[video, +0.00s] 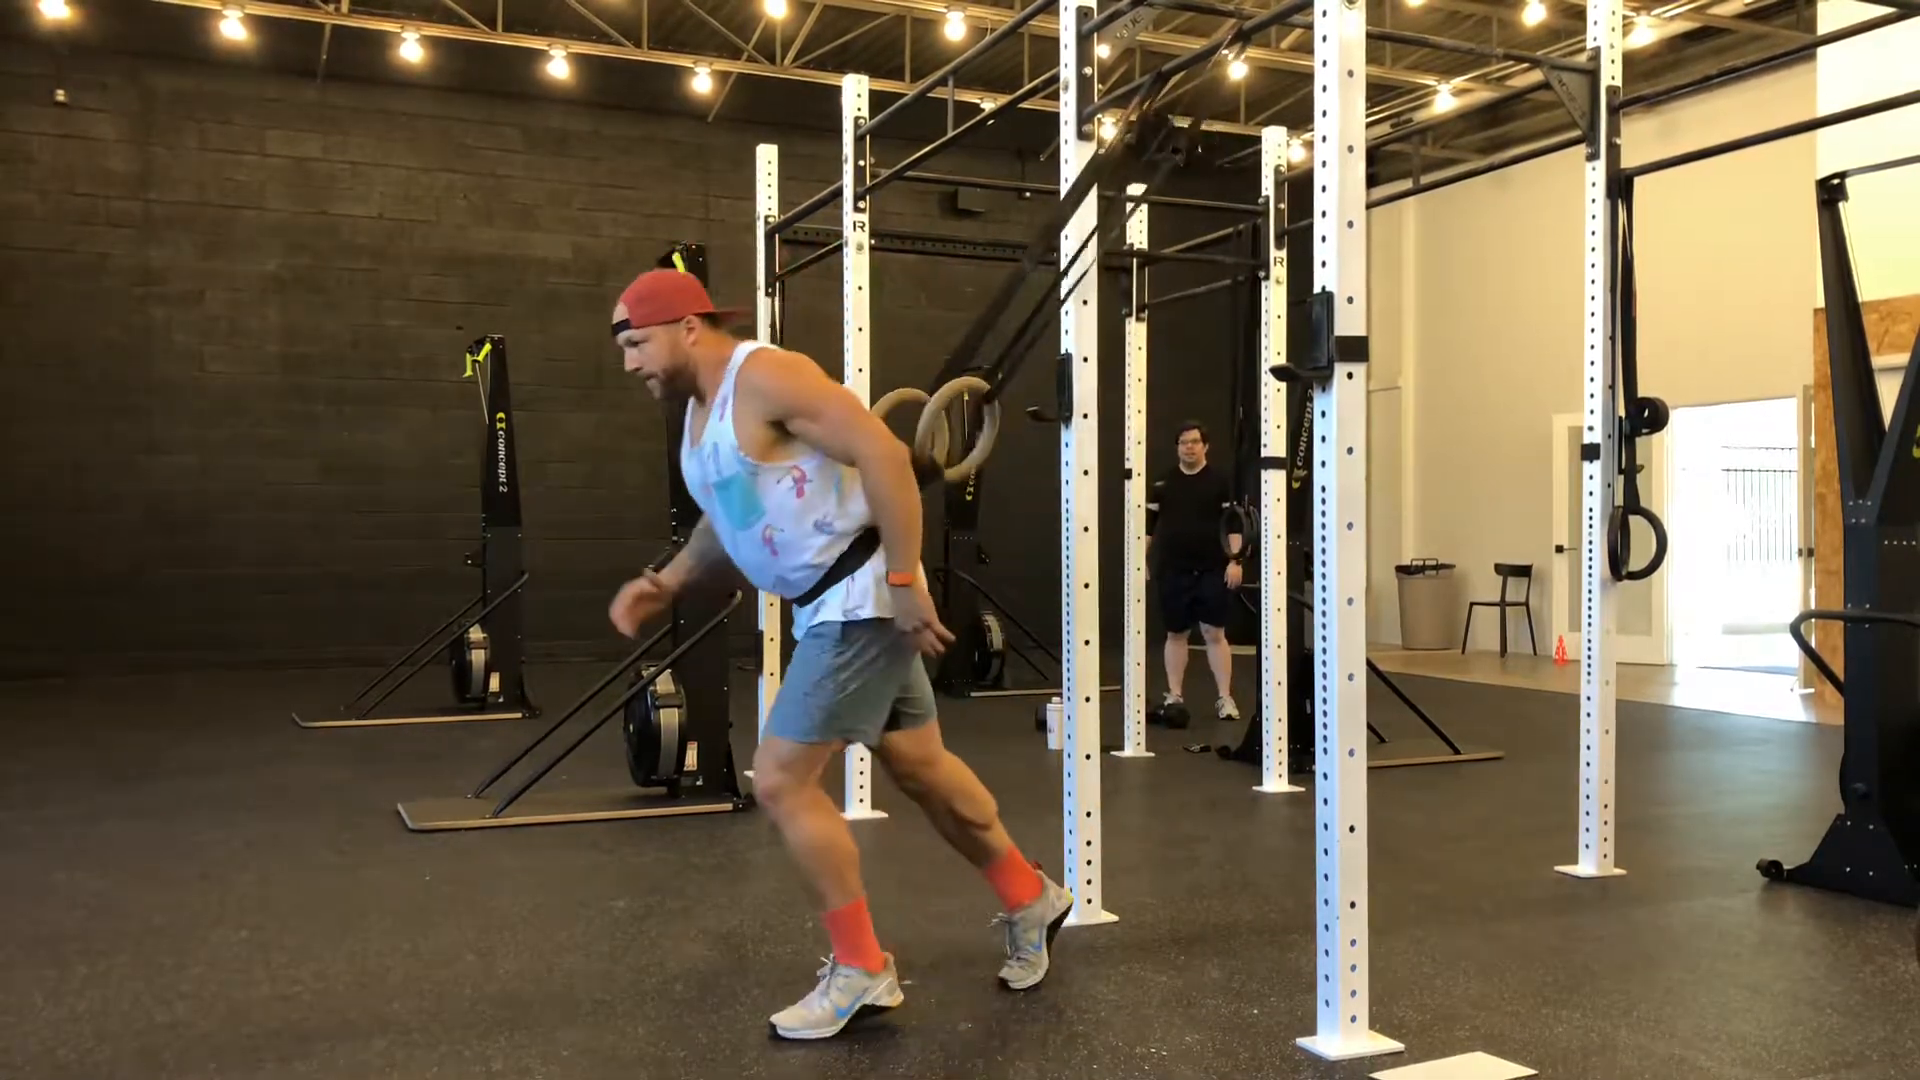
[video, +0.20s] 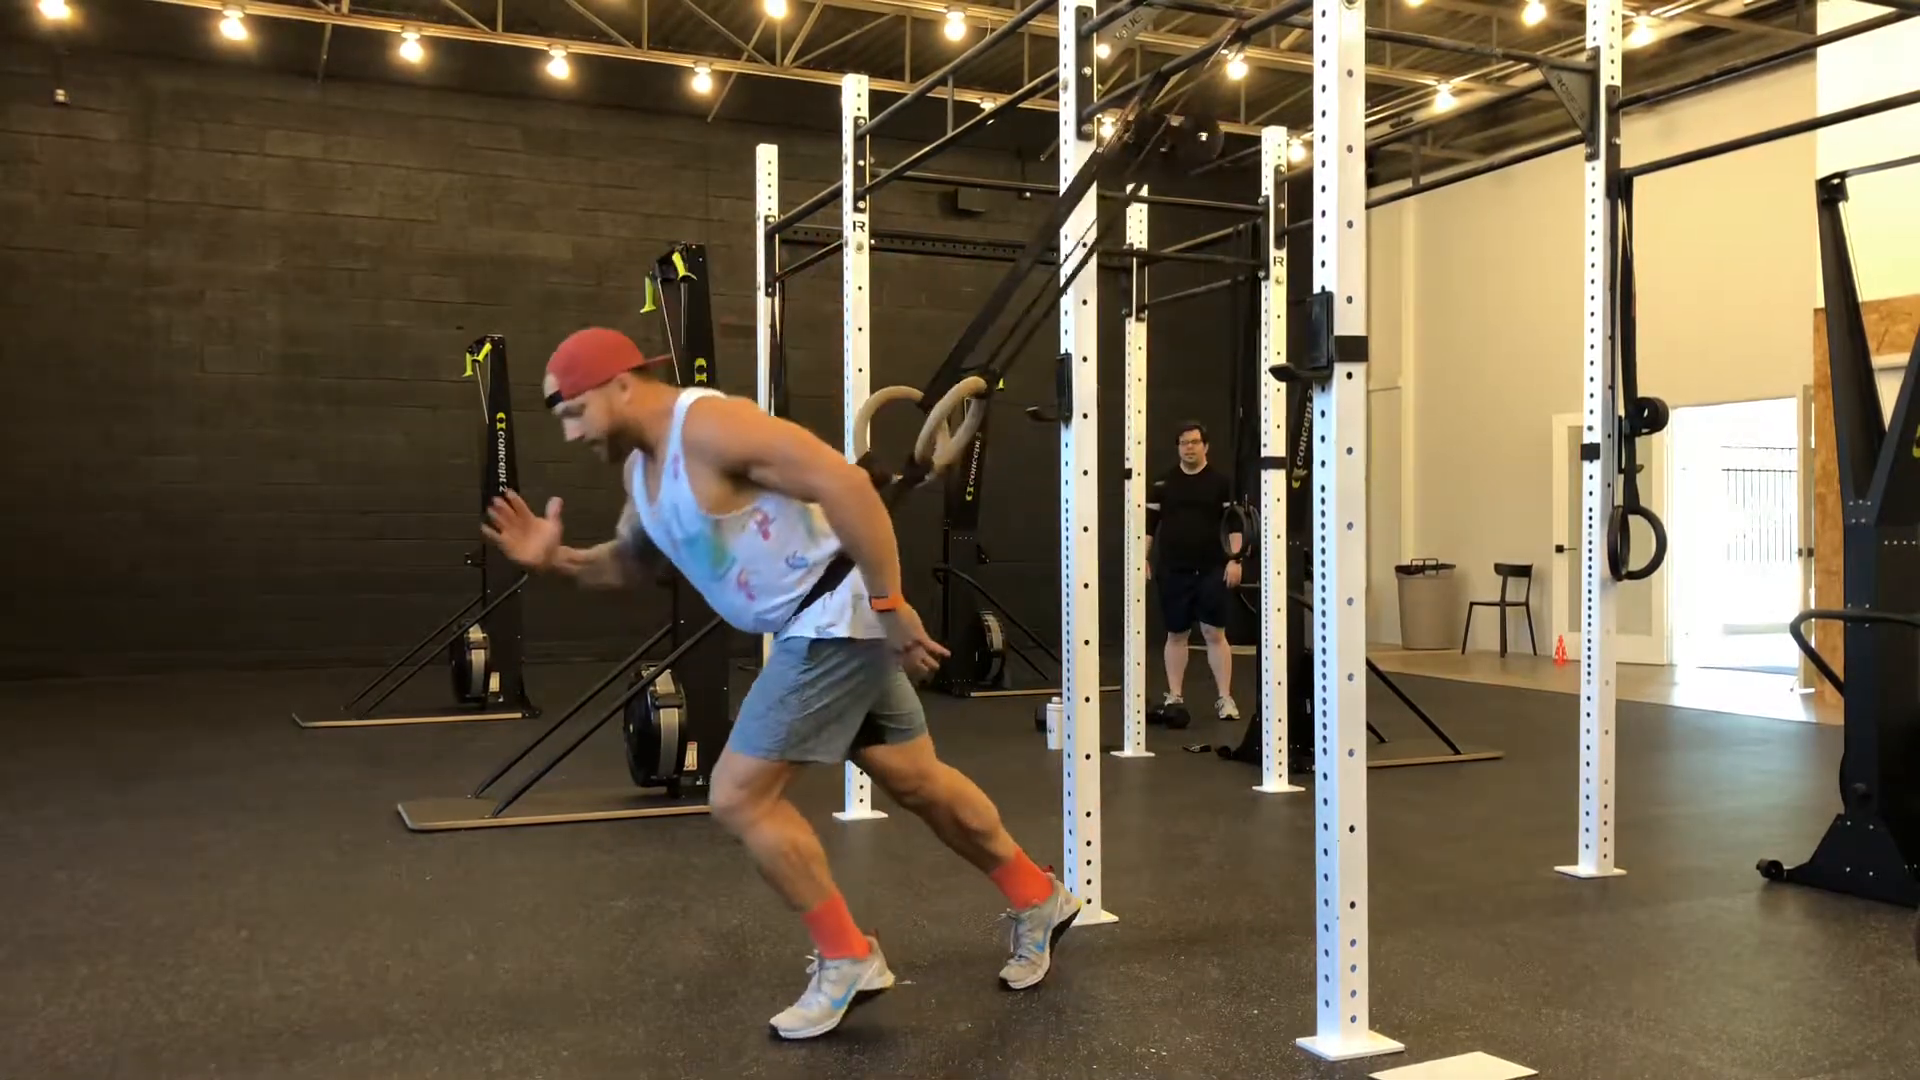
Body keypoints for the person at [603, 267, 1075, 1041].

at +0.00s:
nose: (627, 361)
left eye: (633, 340)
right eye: (622, 345)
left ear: (686, 327)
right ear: (679, 334)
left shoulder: (767, 376)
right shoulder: (703, 415)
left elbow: (886, 453)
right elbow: (733, 519)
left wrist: (906, 577)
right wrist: (669, 581)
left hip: (861, 597)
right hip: (834, 602)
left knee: (783, 779)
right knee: (920, 763)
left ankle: (862, 969)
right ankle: (1031, 896)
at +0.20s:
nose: (562, 420)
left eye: (568, 404)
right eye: (557, 409)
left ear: (619, 385)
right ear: (606, 394)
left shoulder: (710, 423)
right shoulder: (642, 473)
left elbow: (842, 479)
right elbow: (630, 566)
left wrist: (889, 600)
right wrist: (554, 556)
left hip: (835, 617)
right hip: (824, 622)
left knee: (740, 795)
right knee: (918, 780)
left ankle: (849, 957)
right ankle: (1037, 896)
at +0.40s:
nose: (534, 492)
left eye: (535, 476)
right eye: (527, 482)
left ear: (574, 449)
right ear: (575, 451)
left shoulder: (673, 471)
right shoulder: (615, 525)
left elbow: (824, 502)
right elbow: (572, 601)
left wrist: (901, 606)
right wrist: (507, 577)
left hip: (828, 631)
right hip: (836, 629)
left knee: (729, 807)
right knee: (916, 794)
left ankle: (854, 960)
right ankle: (1055, 900)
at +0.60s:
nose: (528, 569)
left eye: (527, 552)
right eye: (522, 557)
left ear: (564, 520)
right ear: (558, 528)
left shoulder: (668, 527)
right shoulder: (610, 591)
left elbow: (823, 524)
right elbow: (559, 670)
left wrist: (916, 603)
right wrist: (498, 651)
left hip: (836, 662)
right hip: (838, 665)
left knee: (719, 822)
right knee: (919, 831)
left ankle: (855, 962)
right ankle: (1069, 909)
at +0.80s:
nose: (540, 608)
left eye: (540, 591)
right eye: (531, 599)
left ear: (575, 557)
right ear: (565, 570)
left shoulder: (667, 559)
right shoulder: (619, 622)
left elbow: (826, 543)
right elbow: (574, 705)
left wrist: (925, 606)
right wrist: (508, 687)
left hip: (861, 660)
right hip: (856, 666)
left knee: (731, 816)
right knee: (892, 853)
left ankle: (860, 969)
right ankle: (1062, 901)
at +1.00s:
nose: (552, 615)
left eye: (552, 599)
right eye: (544, 604)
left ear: (589, 567)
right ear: (584, 574)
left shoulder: (681, 567)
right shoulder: (639, 627)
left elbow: (840, 548)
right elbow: (593, 712)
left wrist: (941, 609)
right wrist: (524, 693)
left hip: (872, 669)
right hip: (877, 670)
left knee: (736, 814)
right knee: (898, 859)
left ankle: (861, 967)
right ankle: (1070, 906)